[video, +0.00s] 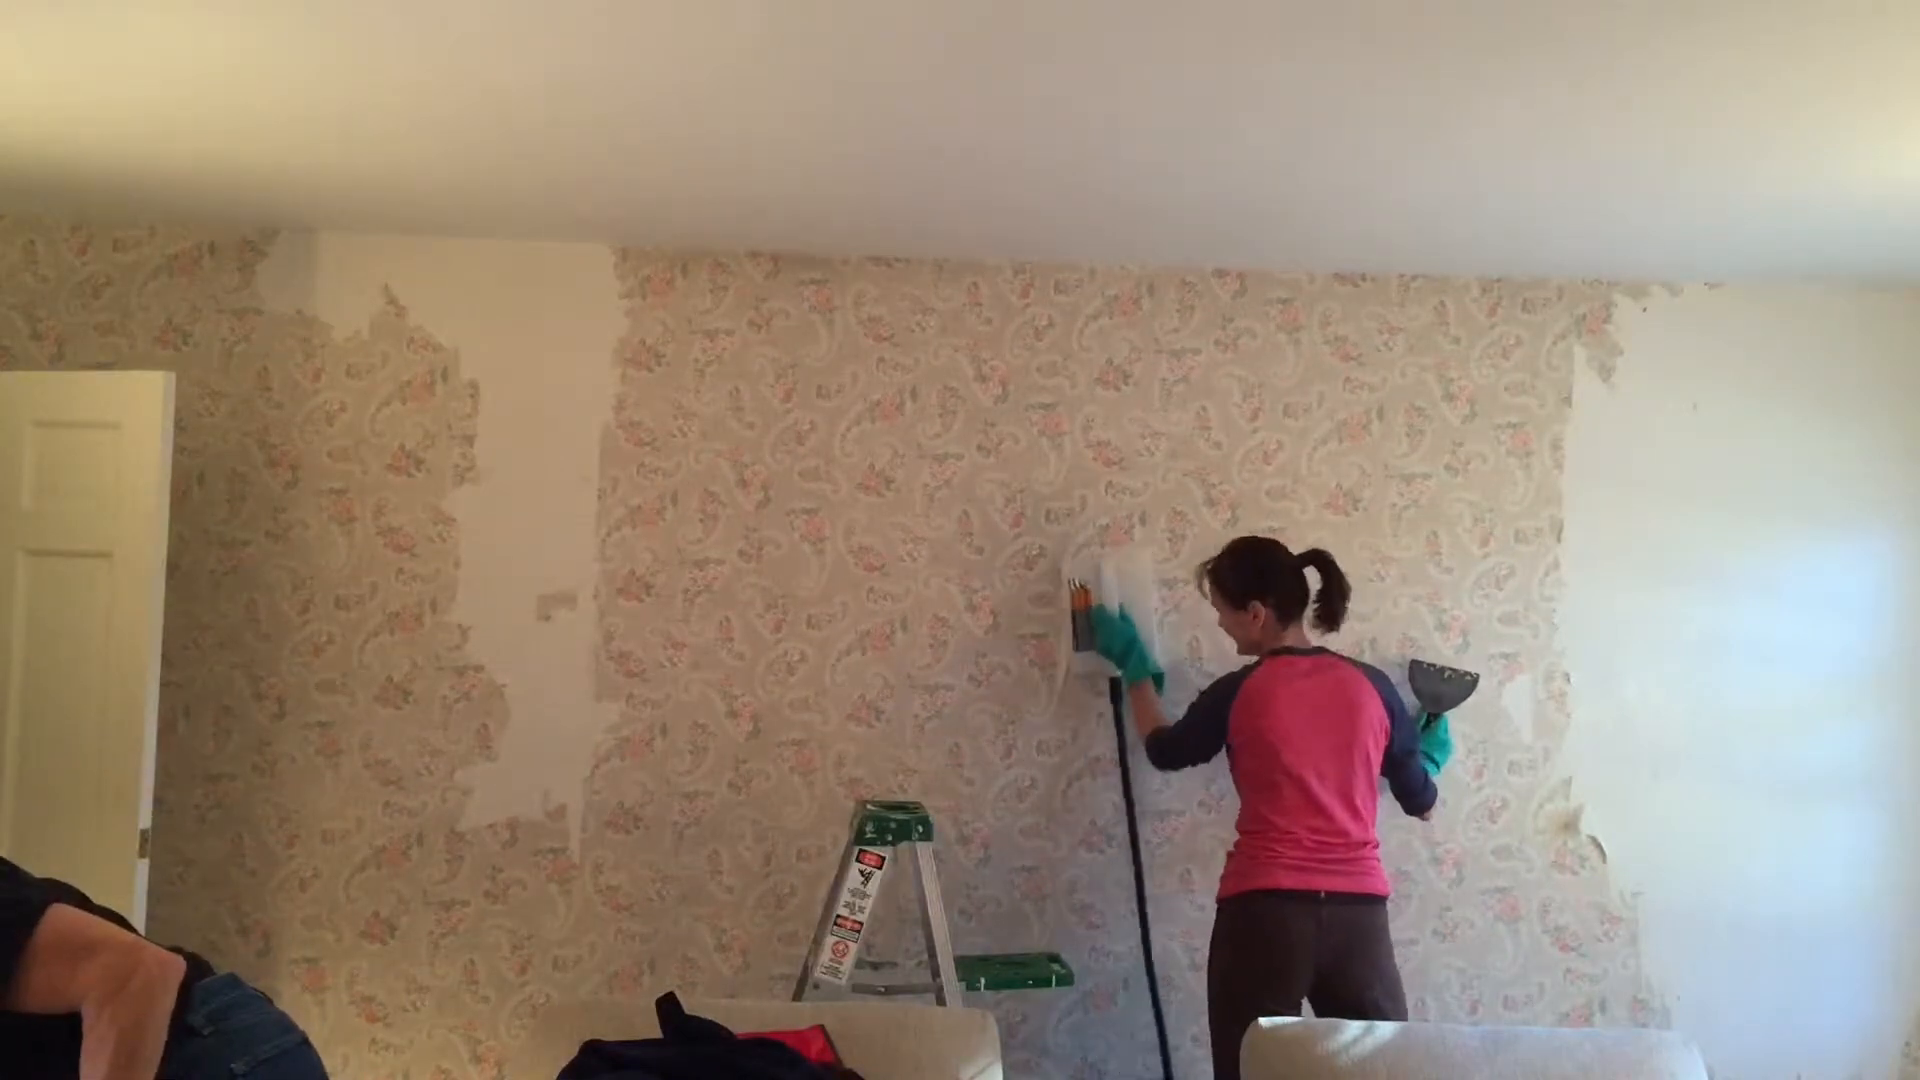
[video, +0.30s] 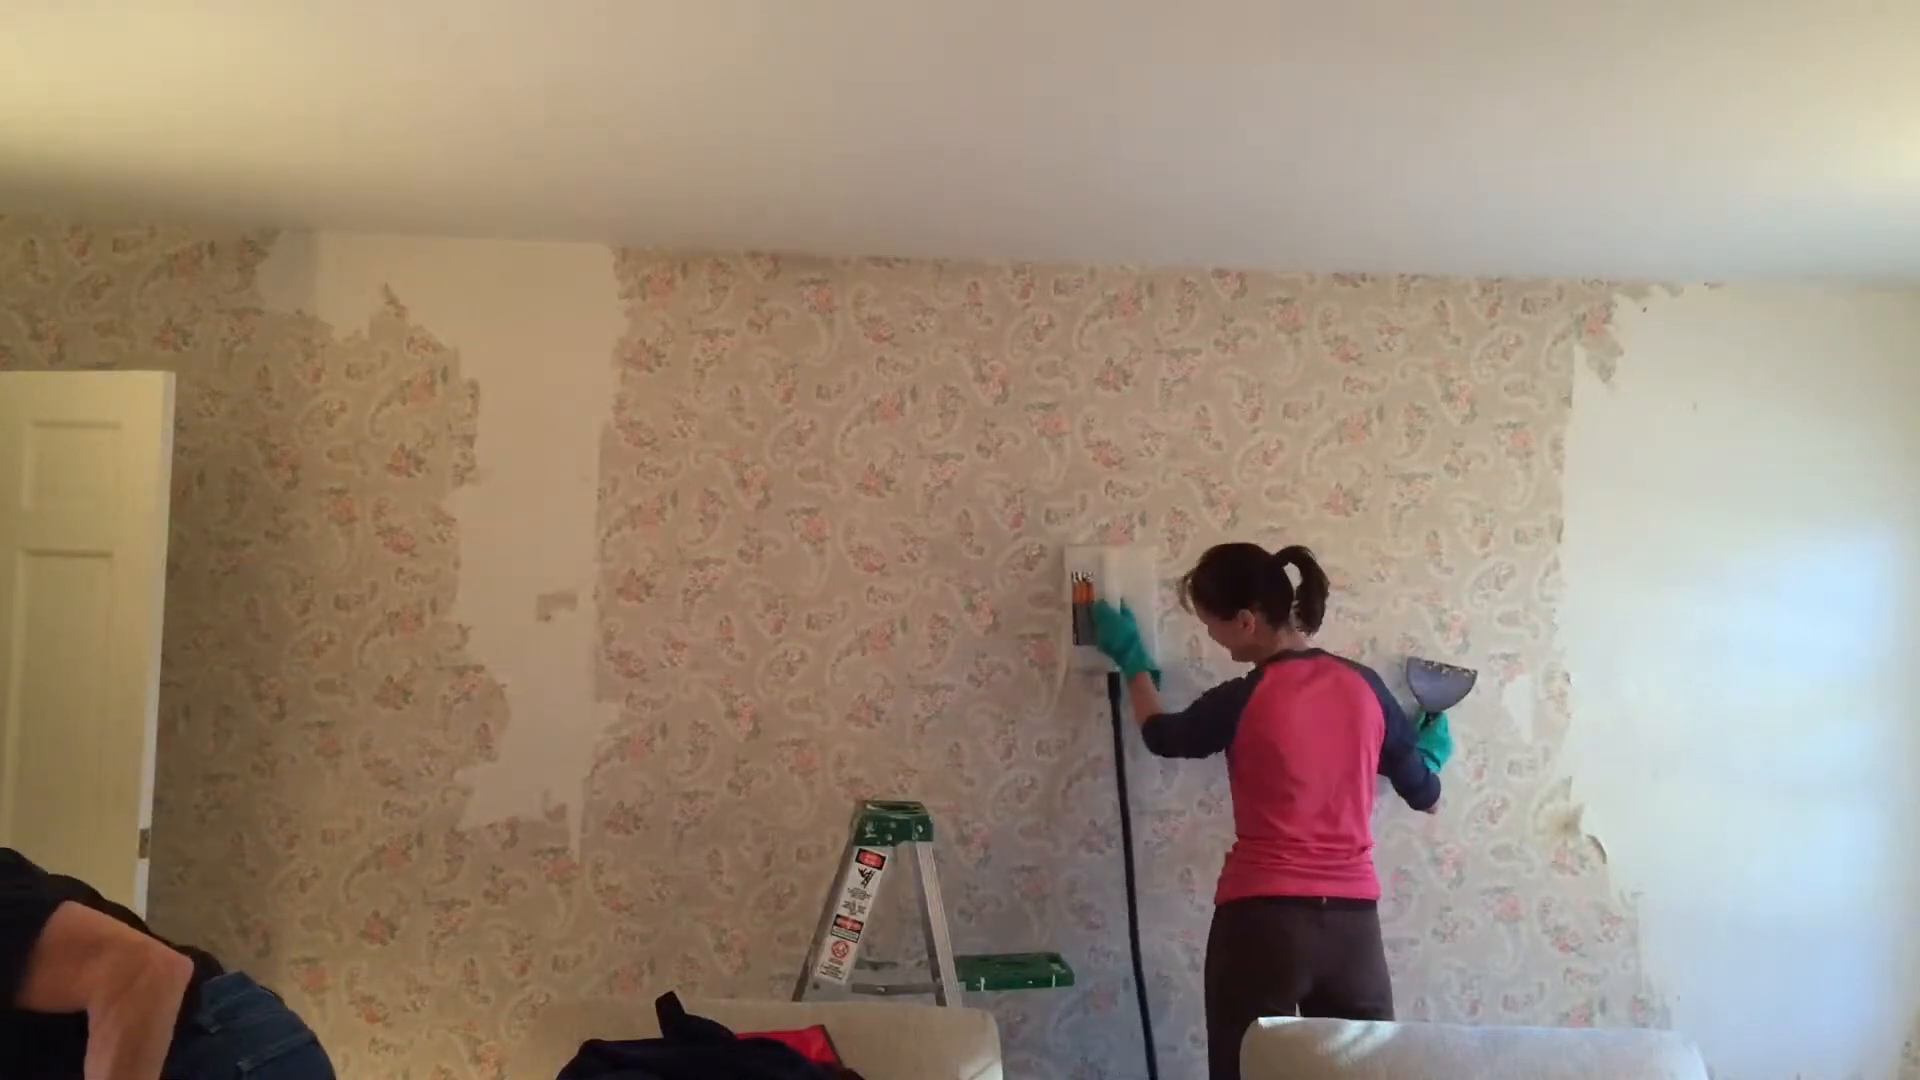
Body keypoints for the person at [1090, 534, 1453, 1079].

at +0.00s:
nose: (1218, 622)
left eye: (1221, 609)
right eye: (1216, 609)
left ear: (1257, 613)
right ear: (1296, 607)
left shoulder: (1239, 690)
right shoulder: (1374, 688)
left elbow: (1164, 750)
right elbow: (1418, 799)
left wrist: (1135, 672)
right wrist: (1430, 755)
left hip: (1261, 923)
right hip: (1359, 925)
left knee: (1247, 1074)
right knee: (1384, 1073)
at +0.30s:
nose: (1211, 635)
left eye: (1210, 622)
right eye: (1206, 623)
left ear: (1247, 620)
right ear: (1281, 611)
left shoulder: (1246, 696)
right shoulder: (1365, 688)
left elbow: (1160, 735)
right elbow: (1423, 793)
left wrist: (1132, 663)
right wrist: (1433, 753)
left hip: (1259, 929)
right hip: (1352, 929)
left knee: (1242, 1074)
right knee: (1367, 1076)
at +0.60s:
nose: (1217, 632)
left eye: (1215, 619)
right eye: (1211, 620)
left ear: (1248, 619)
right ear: (1291, 610)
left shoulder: (1246, 696)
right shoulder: (1370, 692)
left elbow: (1154, 726)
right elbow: (1425, 791)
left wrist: (1125, 662)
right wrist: (1433, 752)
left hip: (1255, 935)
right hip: (1348, 936)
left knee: (1238, 1074)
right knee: (1357, 1077)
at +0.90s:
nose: (1226, 629)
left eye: (1224, 616)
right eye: (1221, 616)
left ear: (1256, 615)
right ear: (1302, 605)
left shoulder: (1246, 693)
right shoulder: (1373, 694)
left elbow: (1154, 724)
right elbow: (1428, 793)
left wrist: (1124, 662)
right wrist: (1435, 754)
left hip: (1250, 934)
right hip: (1344, 936)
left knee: (1235, 1075)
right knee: (1357, 1076)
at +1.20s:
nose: (1230, 621)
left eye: (1232, 606)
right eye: (1227, 607)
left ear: (1270, 606)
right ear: (1304, 602)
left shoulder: (1247, 689)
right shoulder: (1380, 691)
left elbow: (1155, 726)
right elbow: (1434, 793)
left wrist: (1122, 661)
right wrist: (1436, 749)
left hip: (1257, 932)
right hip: (1354, 933)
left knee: (1243, 1075)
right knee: (1373, 1076)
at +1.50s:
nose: (1262, 617)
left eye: (1266, 600)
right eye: (1261, 601)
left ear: (1310, 605)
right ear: (1319, 603)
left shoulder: (1276, 686)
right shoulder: (1415, 693)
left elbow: (1167, 723)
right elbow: (1473, 815)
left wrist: (1123, 657)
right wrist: (1455, 766)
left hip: (1280, 934)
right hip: (1383, 939)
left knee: (1262, 1073)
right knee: (1419, 1076)